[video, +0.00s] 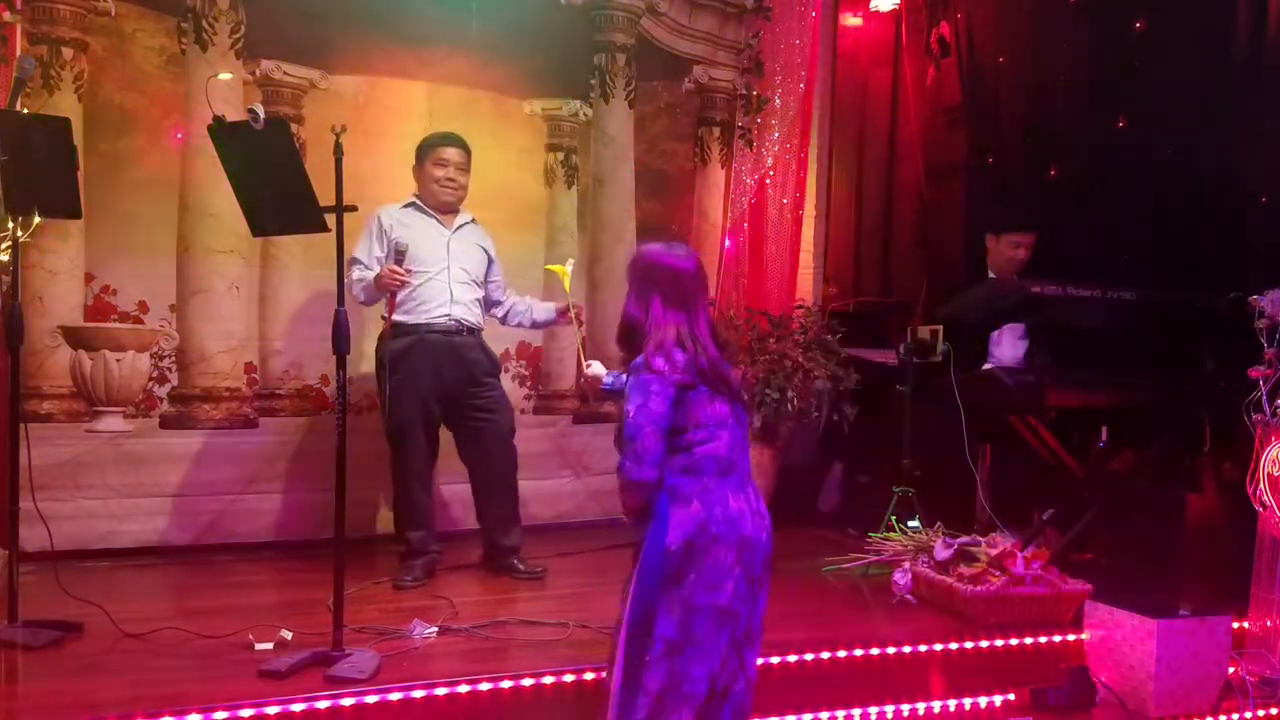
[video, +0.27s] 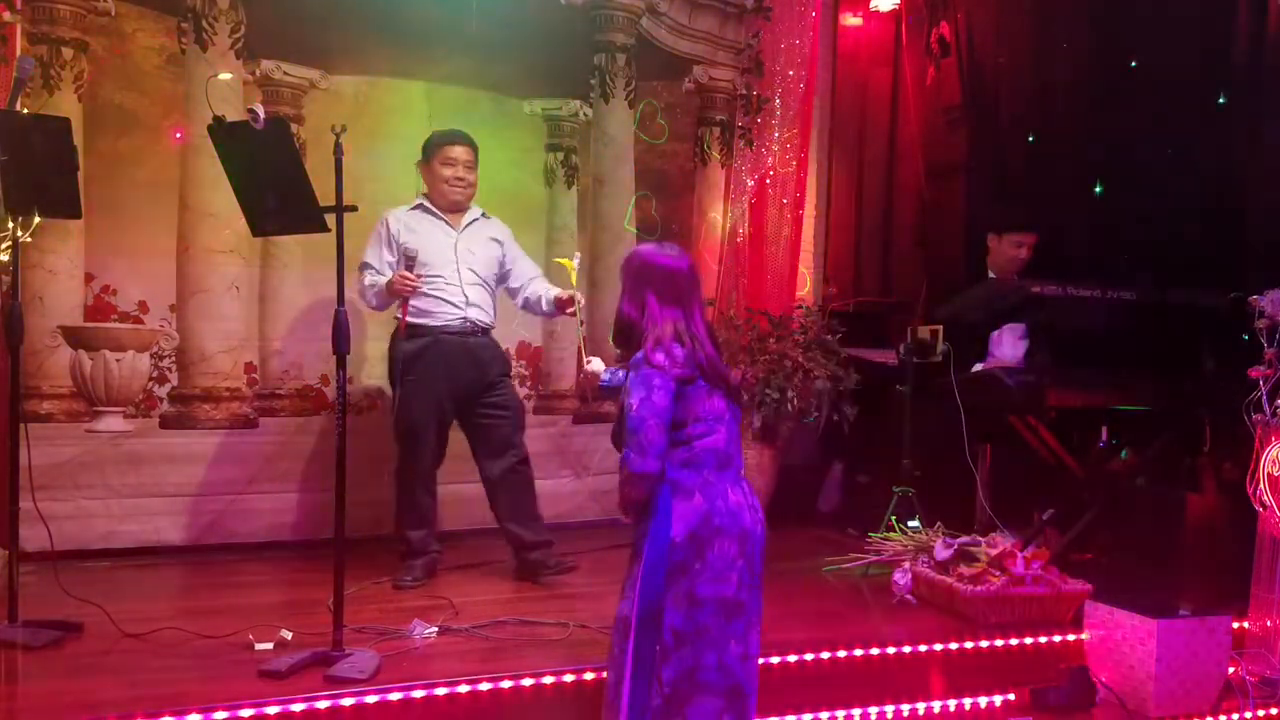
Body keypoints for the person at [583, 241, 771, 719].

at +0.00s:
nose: (628, 303)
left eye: (631, 291)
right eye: (630, 291)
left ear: (646, 299)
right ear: (697, 296)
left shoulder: (656, 365)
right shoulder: (713, 359)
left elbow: (641, 468)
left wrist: (635, 512)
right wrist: (621, 384)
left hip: (693, 523)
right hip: (746, 518)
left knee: (670, 656)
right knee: (723, 654)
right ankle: (719, 717)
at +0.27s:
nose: (622, 302)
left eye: (626, 291)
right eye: (625, 291)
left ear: (641, 297)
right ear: (688, 294)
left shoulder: (654, 362)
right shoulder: (707, 356)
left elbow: (643, 460)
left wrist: (631, 505)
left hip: (688, 515)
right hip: (737, 508)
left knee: (661, 639)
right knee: (722, 642)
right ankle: (718, 716)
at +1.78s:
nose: (588, 265)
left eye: (605, 254)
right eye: (575, 253)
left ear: (630, 274)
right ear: (556, 272)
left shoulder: (650, 359)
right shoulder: (547, 362)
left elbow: (684, 466)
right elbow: (520, 461)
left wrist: (599, 530)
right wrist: (482, 522)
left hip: (630, 572)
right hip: (550, 568)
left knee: (624, 702)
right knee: (539, 698)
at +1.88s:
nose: (574, 260)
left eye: (591, 249)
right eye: (560, 248)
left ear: (617, 269)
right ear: (541, 267)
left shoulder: (639, 359)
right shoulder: (528, 362)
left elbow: (673, 470)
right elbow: (498, 469)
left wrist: (587, 535)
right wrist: (463, 546)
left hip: (620, 572)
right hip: (532, 569)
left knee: (615, 706)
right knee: (503, 700)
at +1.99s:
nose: (550, 258)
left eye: (569, 247)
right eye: (537, 246)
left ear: (600, 268)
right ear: (521, 266)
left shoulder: (630, 370)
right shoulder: (510, 363)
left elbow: (650, 488)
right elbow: (479, 472)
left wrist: (566, 551)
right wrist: (454, 564)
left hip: (595, 573)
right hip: (505, 571)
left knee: (587, 706)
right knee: (493, 705)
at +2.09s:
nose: (520, 260)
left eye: (539, 245)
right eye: (508, 247)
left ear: (575, 269)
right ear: (494, 267)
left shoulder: (605, 376)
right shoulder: (475, 372)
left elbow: (621, 498)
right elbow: (455, 486)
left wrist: (551, 587)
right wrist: (435, 576)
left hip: (571, 582)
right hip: (472, 580)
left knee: (573, 709)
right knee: (455, 708)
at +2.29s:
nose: (450, 245)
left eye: (471, 230)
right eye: (439, 232)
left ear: (510, 252)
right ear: (425, 252)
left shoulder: (549, 370)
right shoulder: (413, 361)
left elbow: (573, 508)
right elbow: (380, 481)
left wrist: (566, 626)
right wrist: (346, 589)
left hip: (499, 592)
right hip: (403, 586)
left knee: (482, 705)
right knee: (389, 705)